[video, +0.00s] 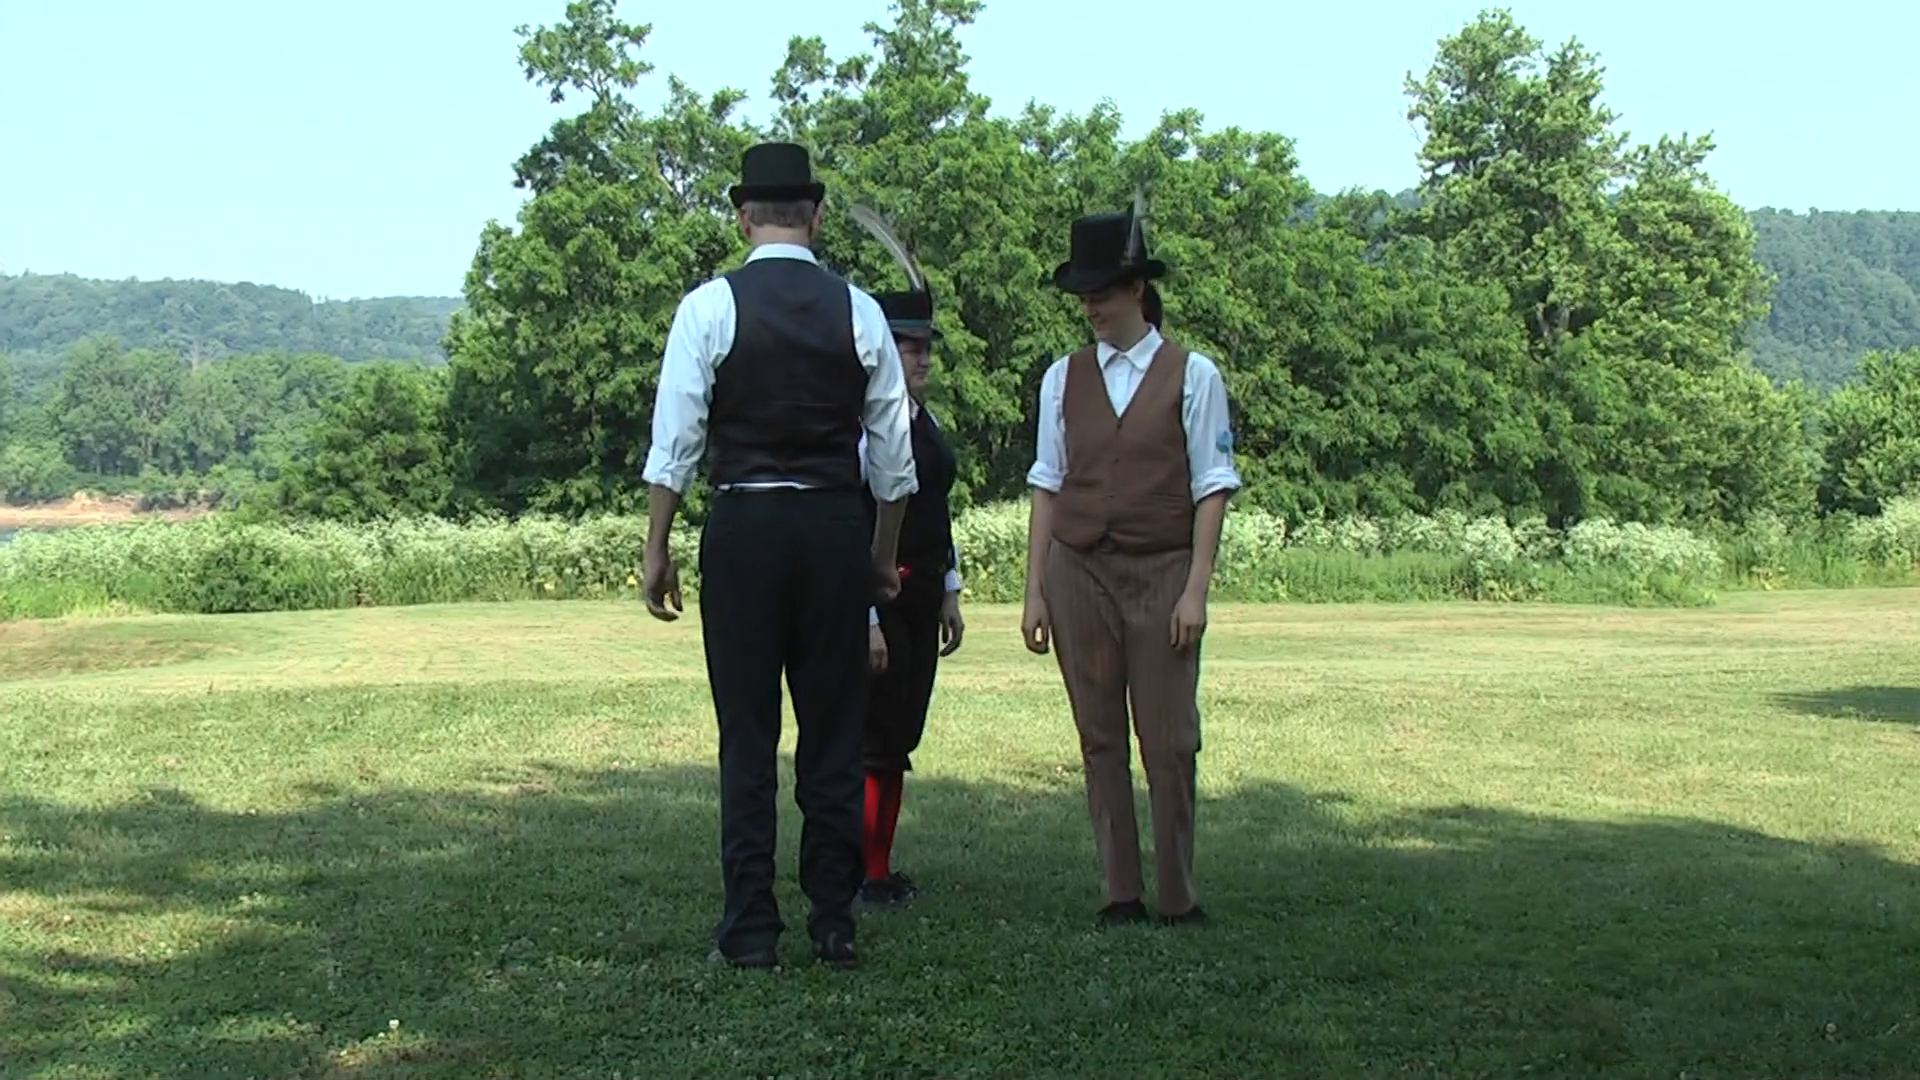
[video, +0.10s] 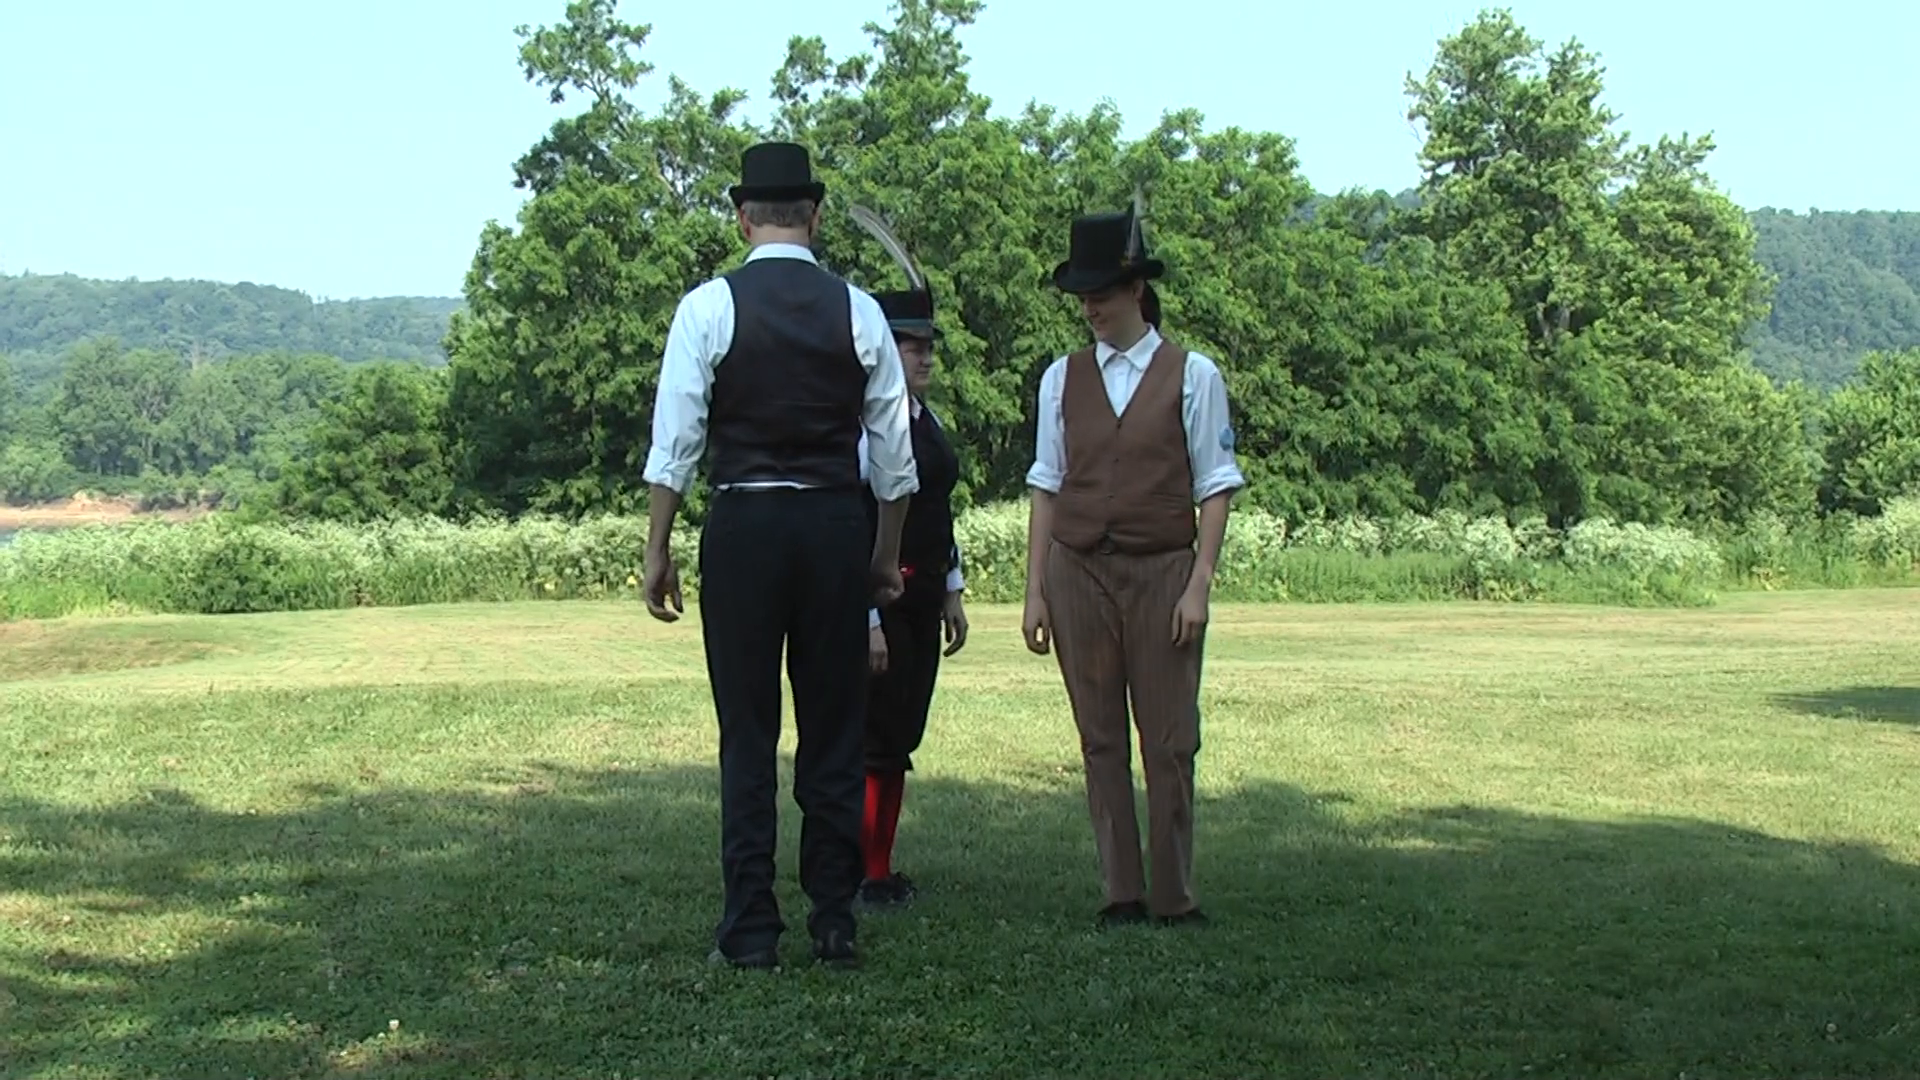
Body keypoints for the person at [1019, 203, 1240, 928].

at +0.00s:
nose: (1092, 306)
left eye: (1104, 292)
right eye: (1084, 296)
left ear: (1140, 289)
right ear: (1077, 299)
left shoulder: (1193, 374)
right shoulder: (1061, 379)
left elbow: (1213, 488)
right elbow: (1044, 488)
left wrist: (1196, 588)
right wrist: (1034, 588)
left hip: (1164, 577)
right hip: (1076, 576)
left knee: (1169, 746)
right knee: (1100, 744)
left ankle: (1177, 898)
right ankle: (1121, 896)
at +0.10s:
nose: (1092, 307)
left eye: (1103, 294)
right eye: (1084, 297)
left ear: (1139, 290)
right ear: (1077, 300)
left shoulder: (1192, 374)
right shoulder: (1060, 379)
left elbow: (1217, 487)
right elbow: (1044, 490)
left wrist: (1199, 583)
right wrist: (1034, 590)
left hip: (1165, 577)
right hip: (1077, 577)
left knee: (1169, 747)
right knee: (1101, 746)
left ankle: (1173, 898)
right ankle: (1123, 896)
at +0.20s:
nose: (1091, 307)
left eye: (1102, 293)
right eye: (1082, 296)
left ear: (1138, 289)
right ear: (1075, 299)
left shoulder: (1191, 373)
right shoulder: (1058, 379)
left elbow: (1219, 485)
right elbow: (1043, 489)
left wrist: (1200, 581)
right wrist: (1034, 589)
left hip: (1164, 577)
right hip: (1077, 577)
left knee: (1169, 744)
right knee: (1101, 745)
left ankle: (1171, 895)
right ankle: (1122, 894)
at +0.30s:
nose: (1089, 307)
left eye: (1101, 294)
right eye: (1081, 297)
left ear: (1137, 290)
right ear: (1076, 301)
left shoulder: (1192, 373)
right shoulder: (1058, 378)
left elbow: (1219, 484)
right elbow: (1043, 488)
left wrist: (1201, 580)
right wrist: (1034, 590)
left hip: (1165, 576)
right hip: (1077, 576)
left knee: (1171, 743)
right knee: (1101, 744)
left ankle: (1173, 895)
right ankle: (1122, 894)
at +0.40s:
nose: (1088, 307)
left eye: (1099, 293)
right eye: (1080, 296)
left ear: (1135, 288)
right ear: (1074, 300)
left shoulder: (1190, 372)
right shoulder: (1056, 377)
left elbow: (1216, 484)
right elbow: (1042, 489)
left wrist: (1199, 581)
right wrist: (1034, 590)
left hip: (1165, 575)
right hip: (1076, 576)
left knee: (1170, 744)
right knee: (1101, 745)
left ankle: (1173, 895)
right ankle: (1123, 895)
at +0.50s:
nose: (1087, 306)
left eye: (1098, 293)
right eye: (1079, 296)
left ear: (1135, 288)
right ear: (1074, 299)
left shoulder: (1189, 372)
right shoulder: (1055, 377)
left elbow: (1215, 483)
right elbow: (1041, 489)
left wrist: (1198, 580)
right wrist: (1034, 591)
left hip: (1166, 575)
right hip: (1076, 577)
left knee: (1170, 744)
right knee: (1101, 745)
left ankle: (1173, 895)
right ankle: (1122, 894)